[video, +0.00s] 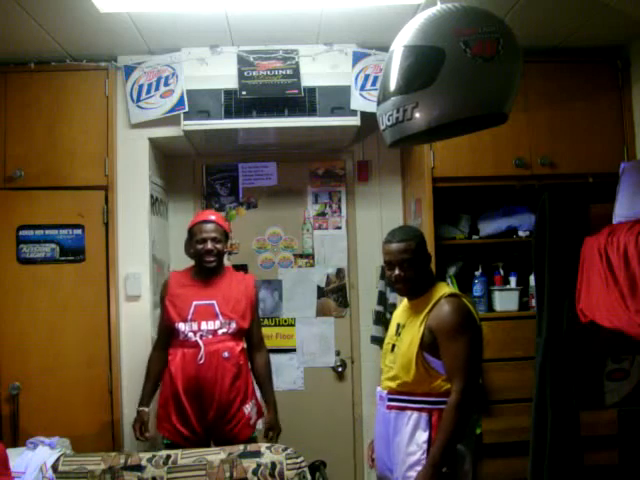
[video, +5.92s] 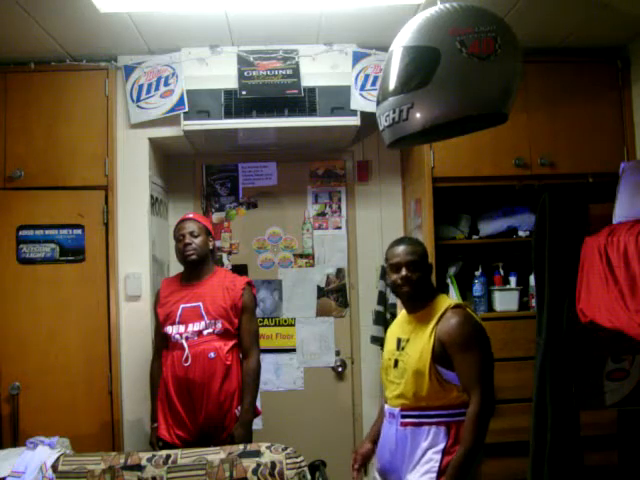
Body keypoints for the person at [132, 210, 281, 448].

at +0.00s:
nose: (209, 247)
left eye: (216, 241)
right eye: (201, 241)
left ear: (227, 245)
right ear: (189, 247)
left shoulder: (245, 284)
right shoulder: (174, 284)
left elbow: (257, 348)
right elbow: (162, 347)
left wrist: (271, 410)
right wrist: (143, 405)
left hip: (233, 413)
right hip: (181, 413)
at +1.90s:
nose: (186, 240)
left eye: (194, 234)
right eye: (180, 237)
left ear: (211, 240)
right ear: (176, 247)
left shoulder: (238, 287)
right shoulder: (167, 290)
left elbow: (251, 354)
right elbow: (161, 355)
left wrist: (247, 415)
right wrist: (157, 418)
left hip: (226, 416)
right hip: (176, 417)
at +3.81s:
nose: (187, 243)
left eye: (195, 236)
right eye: (180, 239)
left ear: (211, 242)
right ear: (176, 247)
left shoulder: (237, 288)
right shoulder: (167, 290)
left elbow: (251, 354)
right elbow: (160, 355)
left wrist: (245, 417)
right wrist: (157, 419)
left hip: (225, 416)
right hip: (176, 416)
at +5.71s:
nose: (186, 241)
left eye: (194, 235)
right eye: (180, 237)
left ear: (211, 242)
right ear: (175, 248)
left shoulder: (237, 288)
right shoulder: (166, 290)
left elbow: (251, 355)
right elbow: (159, 355)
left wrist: (246, 418)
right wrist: (156, 419)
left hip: (225, 417)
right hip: (175, 417)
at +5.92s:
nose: (186, 241)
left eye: (194, 234)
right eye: (179, 237)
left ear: (210, 242)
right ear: (175, 248)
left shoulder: (237, 288)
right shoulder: (166, 290)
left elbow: (251, 355)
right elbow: (159, 355)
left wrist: (245, 419)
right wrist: (157, 419)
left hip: (225, 416)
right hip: (176, 417)